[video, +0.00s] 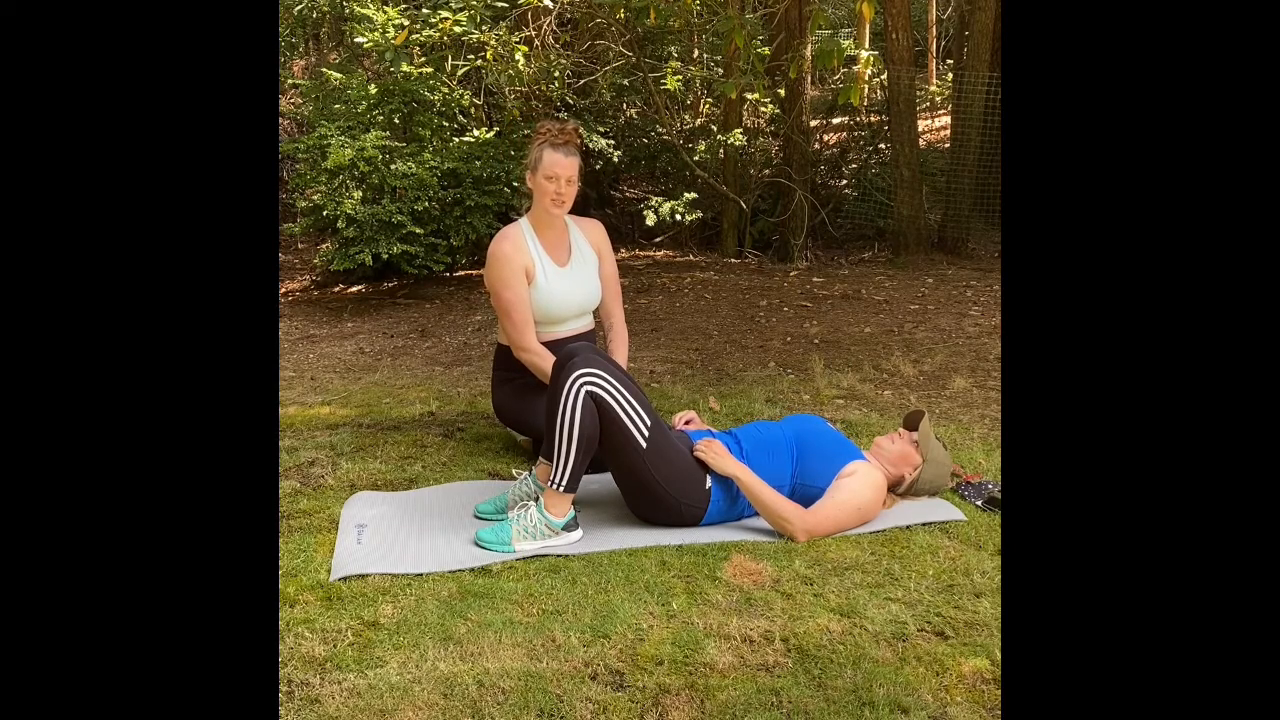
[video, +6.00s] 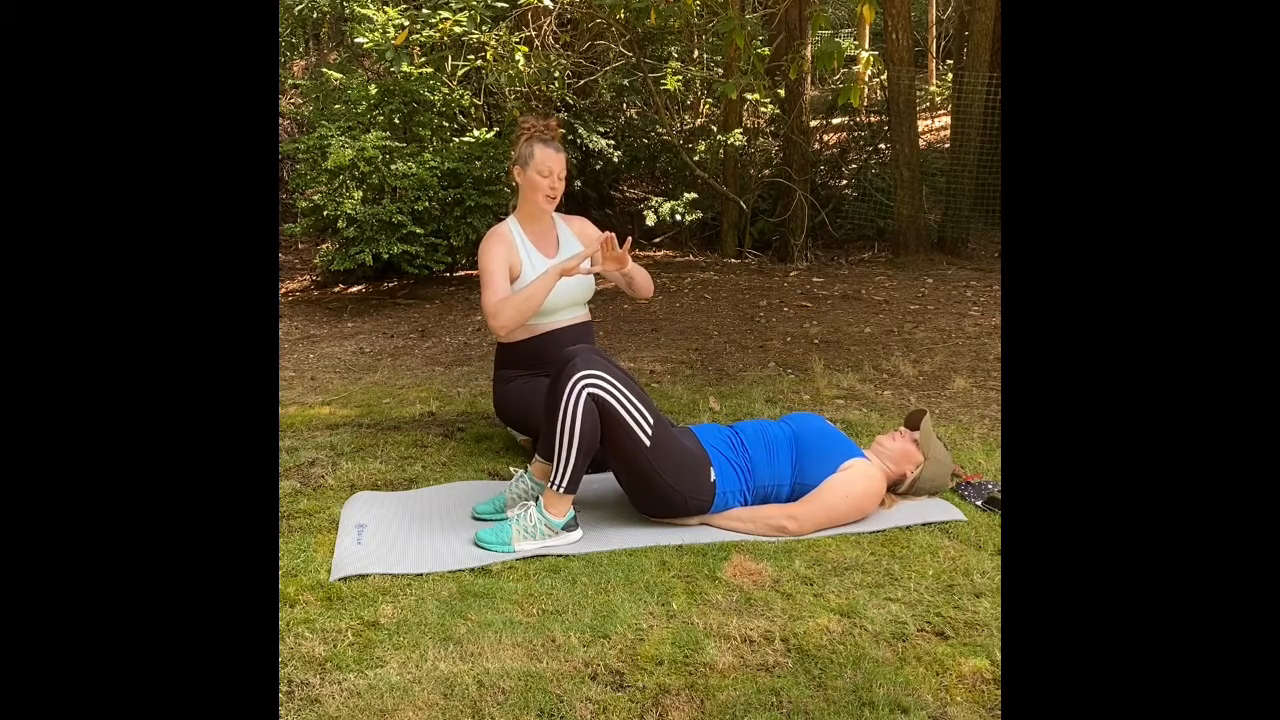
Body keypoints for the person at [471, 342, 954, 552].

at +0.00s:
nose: (897, 433)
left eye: (908, 440)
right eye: (906, 431)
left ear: (907, 471)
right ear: (895, 446)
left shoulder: (867, 483)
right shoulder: (843, 453)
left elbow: (805, 527)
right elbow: (760, 470)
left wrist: (732, 468)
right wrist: (705, 431)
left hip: (693, 490)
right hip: (682, 466)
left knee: (589, 373)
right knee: (580, 357)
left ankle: (554, 511)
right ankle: (542, 485)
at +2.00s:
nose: (897, 432)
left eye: (908, 438)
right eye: (906, 430)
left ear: (907, 469)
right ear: (897, 445)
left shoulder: (863, 478)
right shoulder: (844, 452)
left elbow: (788, 515)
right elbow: (763, 466)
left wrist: (700, 513)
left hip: (695, 474)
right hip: (680, 443)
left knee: (580, 369)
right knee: (546, 356)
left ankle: (556, 512)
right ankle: (546, 480)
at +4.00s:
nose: (900, 433)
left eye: (910, 441)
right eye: (908, 431)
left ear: (907, 473)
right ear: (896, 441)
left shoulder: (860, 474)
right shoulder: (846, 451)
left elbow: (795, 522)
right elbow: (775, 496)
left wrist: (711, 517)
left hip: (695, 482)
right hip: (680, 454)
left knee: (589, 375)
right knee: (590, 365)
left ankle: (554, 511)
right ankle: (542, 485)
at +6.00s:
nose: (898, 433)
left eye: (909, 440)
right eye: (907, 430)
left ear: (908, 470)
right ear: (898, 445)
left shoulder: (864, 479)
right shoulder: (847, 455)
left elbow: (795, 520)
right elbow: (776, 497)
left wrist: (710, 517)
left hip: (694, 482)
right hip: (680, 455)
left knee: (588, 376)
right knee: (588, 364)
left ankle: (554, 510)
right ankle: (541, 483)